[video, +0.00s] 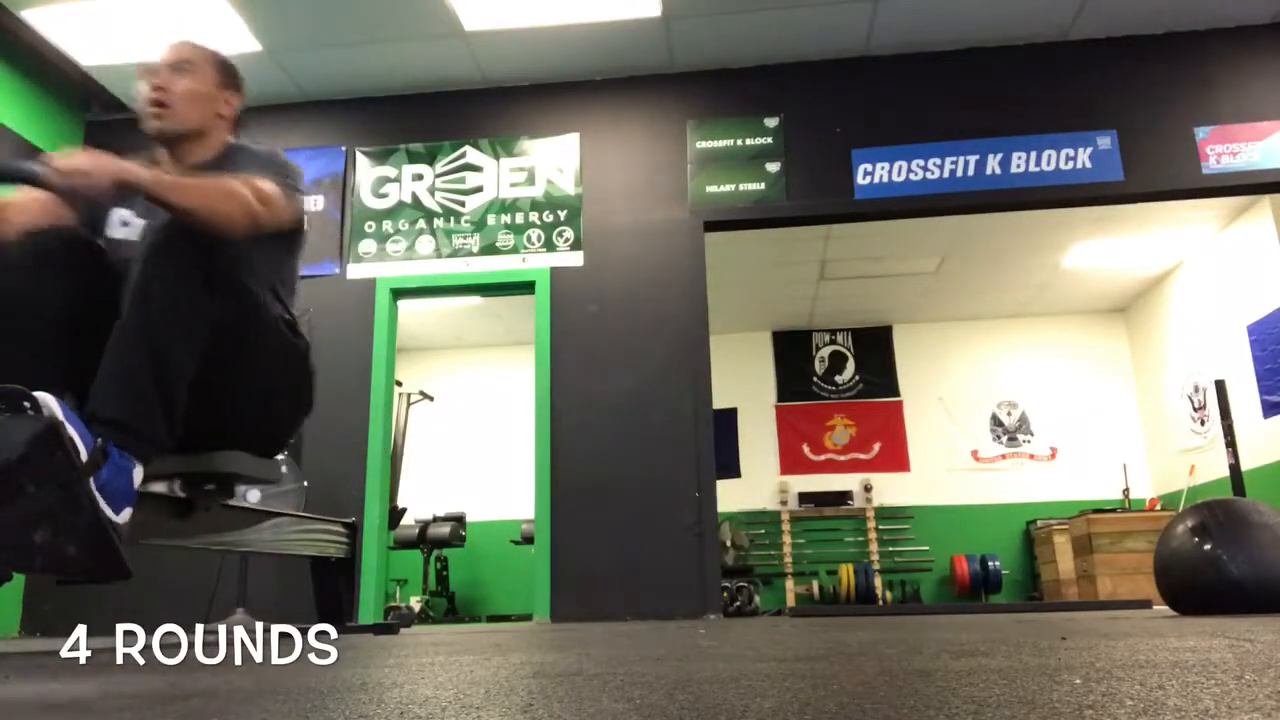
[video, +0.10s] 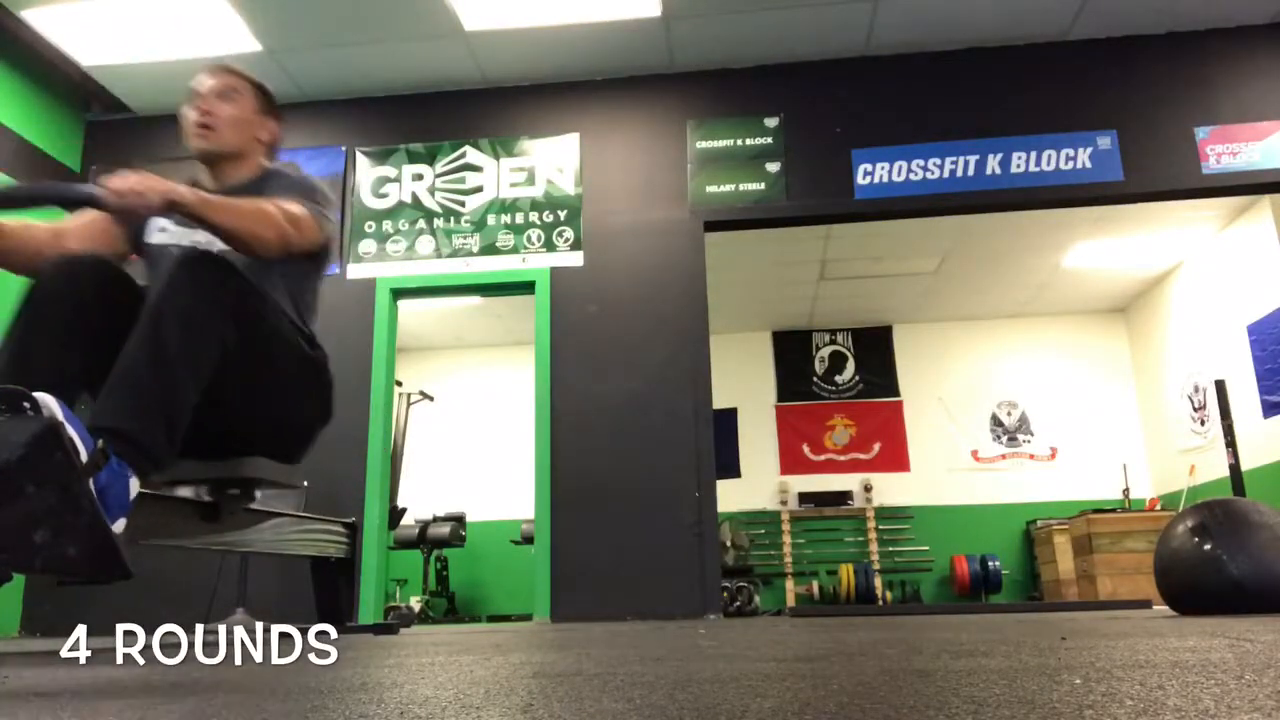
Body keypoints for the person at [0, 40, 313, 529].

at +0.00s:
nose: (155, 85)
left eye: (180, 71)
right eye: (150, 76)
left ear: (228, 104)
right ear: (141, 100)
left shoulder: (268, 171)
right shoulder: (118, 182)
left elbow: (242, 212)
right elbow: (19, 214)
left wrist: (127, 175)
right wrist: (12, 214)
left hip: (248, 395)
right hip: (131, 386)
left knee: (184, 238)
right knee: (48, 250)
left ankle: (119, 455)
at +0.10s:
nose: (201, 107)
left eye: (226, 97)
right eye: (194, 99)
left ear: (267, 131)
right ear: (184, 124)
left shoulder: (299, 192)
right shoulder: (159, 201)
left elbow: (281, 234)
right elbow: (61, 241)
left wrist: (176, 195)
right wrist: (1, 231)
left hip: (274, 399)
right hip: (170, 396)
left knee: (200, 275)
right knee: (79, 275)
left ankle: (115, 468)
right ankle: (12, 440)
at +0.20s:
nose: (241, 135)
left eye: (261, 125)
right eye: (235, 128)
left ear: (300, 156)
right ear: (226, 149)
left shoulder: (326, 215)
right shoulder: (207, 224)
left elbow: (318, 258)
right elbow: (115, 263)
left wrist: (225, 224)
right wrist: (27, 252)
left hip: (296, 411)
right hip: (205, 415)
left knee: (227, 294)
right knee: (109, 306)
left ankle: (119, 473)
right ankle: (16, 444)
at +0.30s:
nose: (276, 166)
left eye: (294, 158)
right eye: (272, 159)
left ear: (331, 185)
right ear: (264, 177)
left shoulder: (352, 242)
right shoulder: (244, 248)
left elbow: (353, 280)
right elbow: (156, 288)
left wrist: (268, 251)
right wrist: (80, 272)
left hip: (320, 412)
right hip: (226, 406)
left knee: (244, 349)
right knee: (133, 338)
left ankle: (115, 484)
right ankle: (37, 447)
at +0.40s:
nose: (302, 197)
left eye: (319, 189)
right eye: (299, 191)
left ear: (353, 212)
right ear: (293, 208)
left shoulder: (375, 267)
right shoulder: (267, 277)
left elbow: (382, 313)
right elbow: (189, 317)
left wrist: (308, 281)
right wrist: (130, 300)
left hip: (335, 417)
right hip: (253, 405)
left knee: (244, 377)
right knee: (150, 375)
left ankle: (123, 486)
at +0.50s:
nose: (324, 225)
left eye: (339, 218)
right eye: (320, 218)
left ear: (371, 239)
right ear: (311, 233)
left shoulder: (389, 290)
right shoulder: (279, 296)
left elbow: (413, 346)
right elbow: (211, 360)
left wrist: (345, 321)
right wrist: (173, 332)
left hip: (342, 417)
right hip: (262, 409)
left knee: (256, 415)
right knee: (163, 414)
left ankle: (128, 486)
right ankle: (89, 468)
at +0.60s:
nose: (331, 237)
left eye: (347, 229)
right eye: (325, 231)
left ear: (378, 250)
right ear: (318, 248)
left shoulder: (401, 307)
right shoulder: (280, 309)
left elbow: (443, 382)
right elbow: (238, 376)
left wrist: (377, 349)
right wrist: (206, 359)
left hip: (341, 414)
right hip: (265, 409)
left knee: (256, 435)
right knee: (181, 425)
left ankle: (130, 493)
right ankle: (100, 462)